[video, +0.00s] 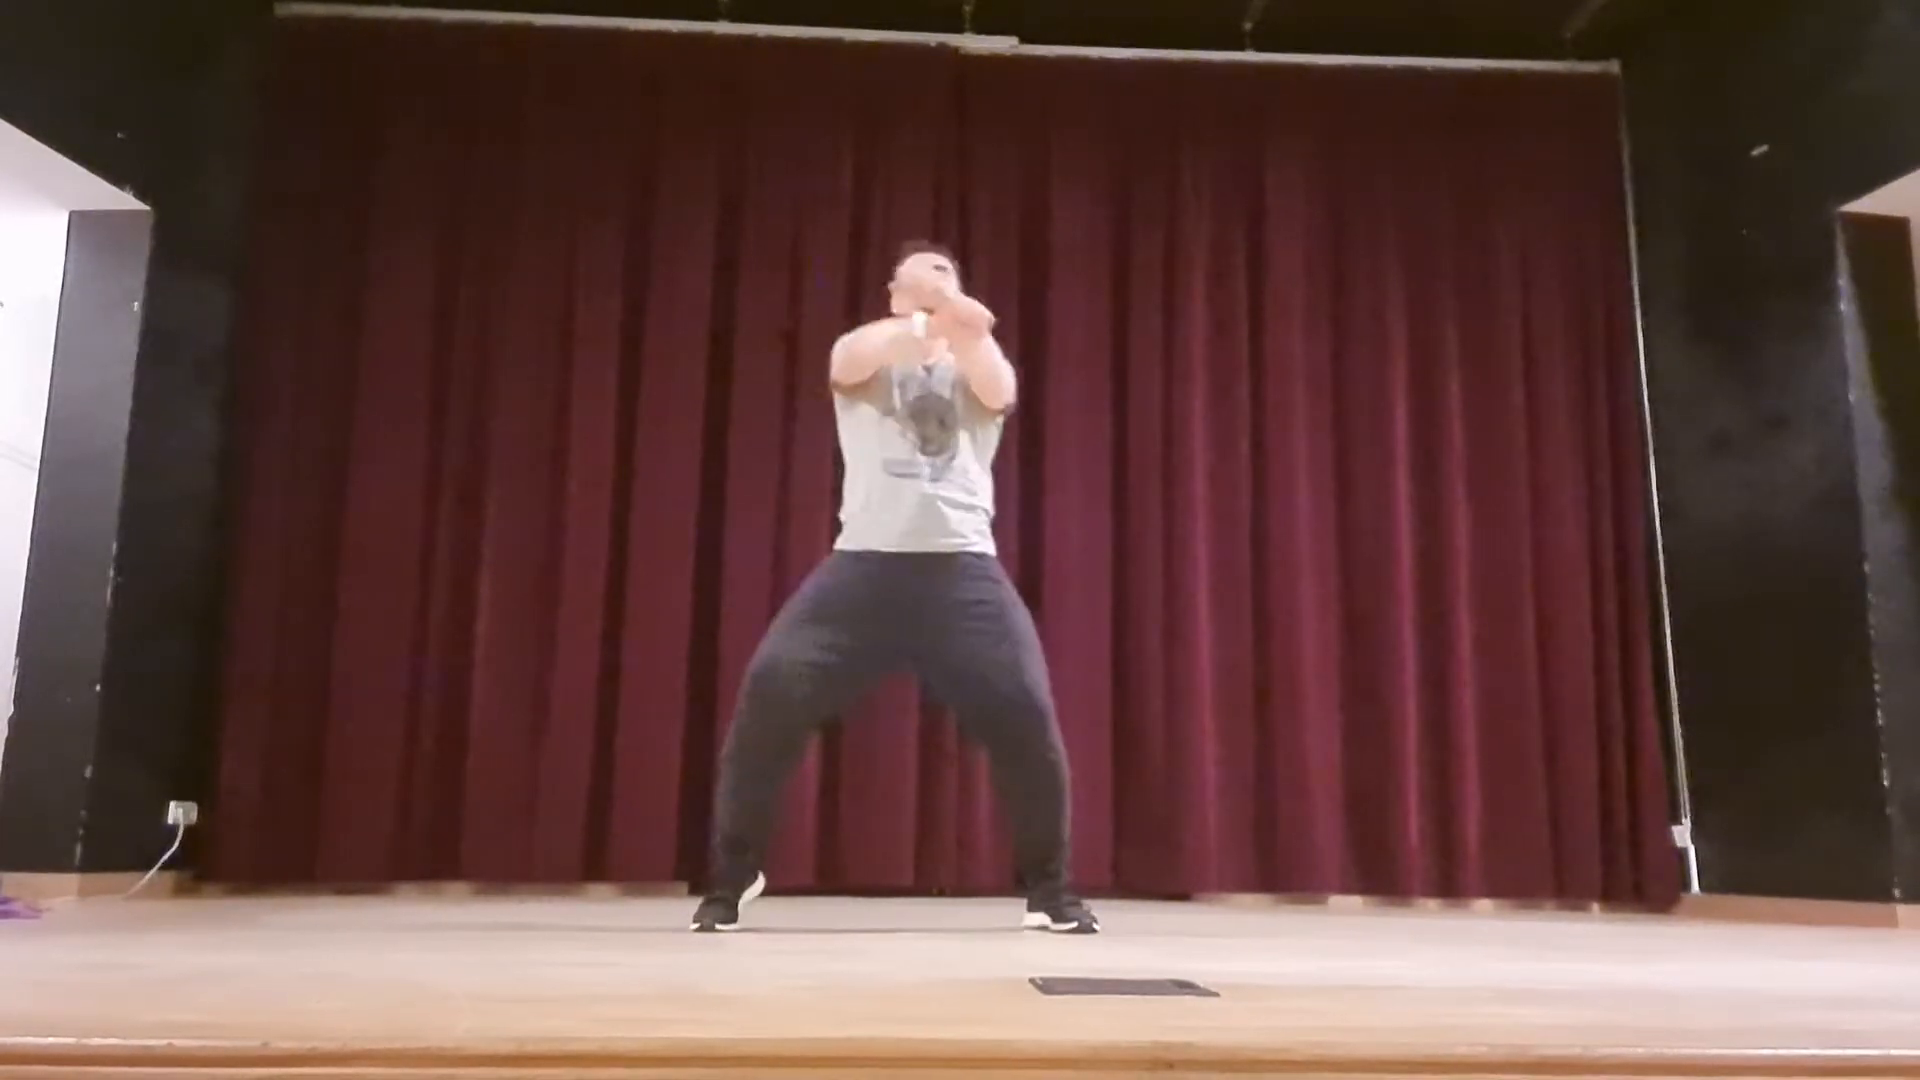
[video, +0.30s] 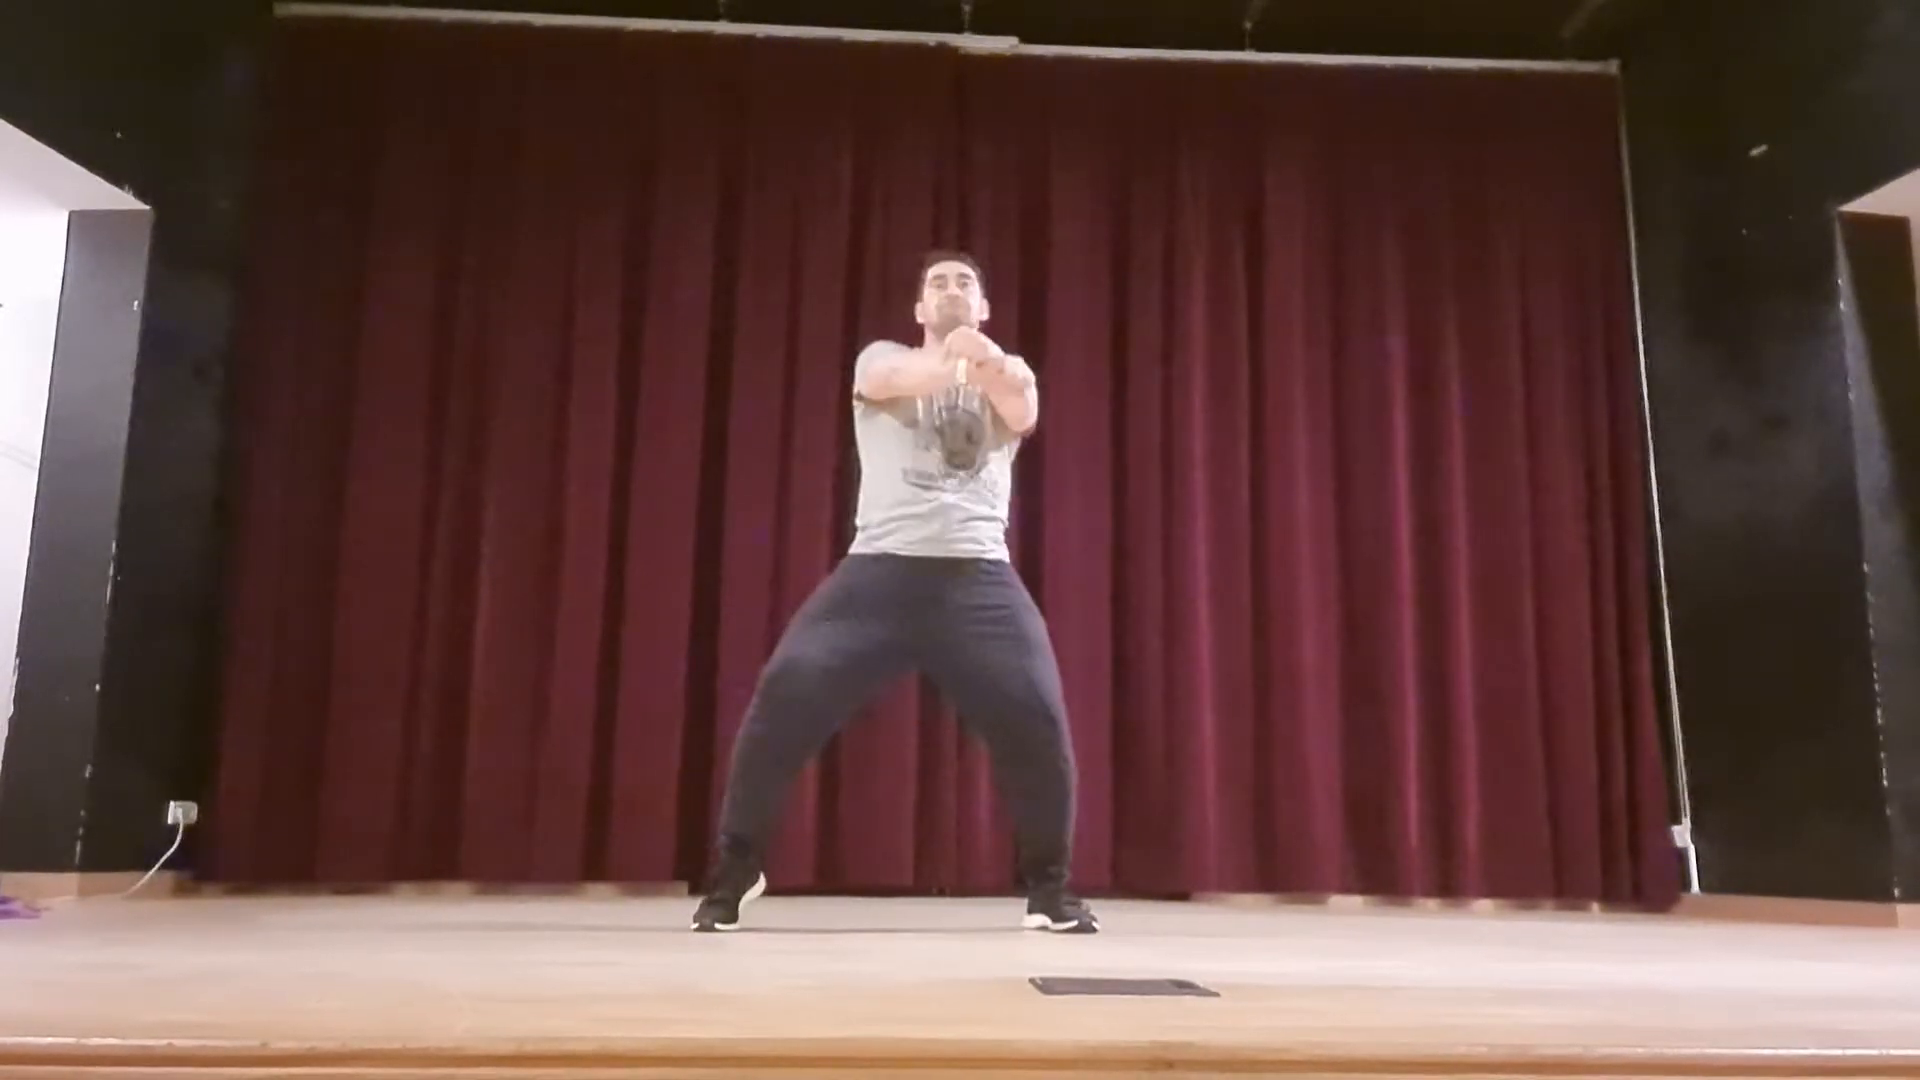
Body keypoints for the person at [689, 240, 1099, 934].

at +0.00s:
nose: (941, 271)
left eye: (949, 268)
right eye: (926, 264)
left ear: (961, 294)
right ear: (894, 293)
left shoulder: (983, 360)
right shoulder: (862, 350)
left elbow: (996, 394)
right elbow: (851, 361)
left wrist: (971, 333)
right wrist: (916, 323)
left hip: (963, 571)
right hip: (862, 567)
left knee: (1026, 709)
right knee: (773, 685)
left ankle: (1049, 890)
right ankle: (733, 871)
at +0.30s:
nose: (952, 292)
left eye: (964, 284)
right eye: (939, 284)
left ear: (984, 307)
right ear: (919, 307)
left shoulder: (1010, 371)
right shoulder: (883, 358)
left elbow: (1021, 415)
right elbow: (883, 380)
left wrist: (987, 361)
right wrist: (956, 368)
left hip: (979, 578)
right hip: (876, 573)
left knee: (1035, 712)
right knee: (790, 683)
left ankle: (1049, 890)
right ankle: (736, 865)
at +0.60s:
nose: (906, 283)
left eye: (919, 276)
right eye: (893, 276)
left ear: (942, 301)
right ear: (874, 301)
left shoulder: (968, 366)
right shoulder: (839, 357)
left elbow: (980, 393)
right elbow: (843, 373)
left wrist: (938, 321)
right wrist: (930, 330)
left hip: (956, 571)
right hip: (855, 571)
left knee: (1019, 717)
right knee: (785, 707)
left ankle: (1048, 889)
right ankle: (733, 888)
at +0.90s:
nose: (852, 285)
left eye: (865, 279)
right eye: (840, 278)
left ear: (887, 306)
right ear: (817, 304)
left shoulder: (916, 360)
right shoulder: (788, 368)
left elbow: (922, 387)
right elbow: (784, 401)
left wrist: (874, 363)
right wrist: (839, 359)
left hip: (920, 567)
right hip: (818, 574)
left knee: (1012, 709)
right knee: (755, 706)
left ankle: (1044, 866)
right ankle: (734, 886)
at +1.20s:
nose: (864, 293)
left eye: (877, 285)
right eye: (853, 283)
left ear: (899, 311)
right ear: (831, 305)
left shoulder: (927, 368)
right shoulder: (802, 369)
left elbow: (933, 397)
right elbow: (790, 407)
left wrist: (873, 368)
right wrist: (828, 377)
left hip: (924, 571)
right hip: (822, 575)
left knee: (1007, 704)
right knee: (758, 706)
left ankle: (1043, 875)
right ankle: (734, 887)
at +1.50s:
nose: (936, 288)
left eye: (950, 278)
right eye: (923, 278)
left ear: (972, 299)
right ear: (903, 297)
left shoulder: (991, 373)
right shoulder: (870, 355)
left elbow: (1007, 404)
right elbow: (864, 363)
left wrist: (982, 326)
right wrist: (943, 330)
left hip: (965, 576)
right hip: (862, 569)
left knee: (1022, 707)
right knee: (770, 676)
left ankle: (1043, 888)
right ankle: (729, 863)